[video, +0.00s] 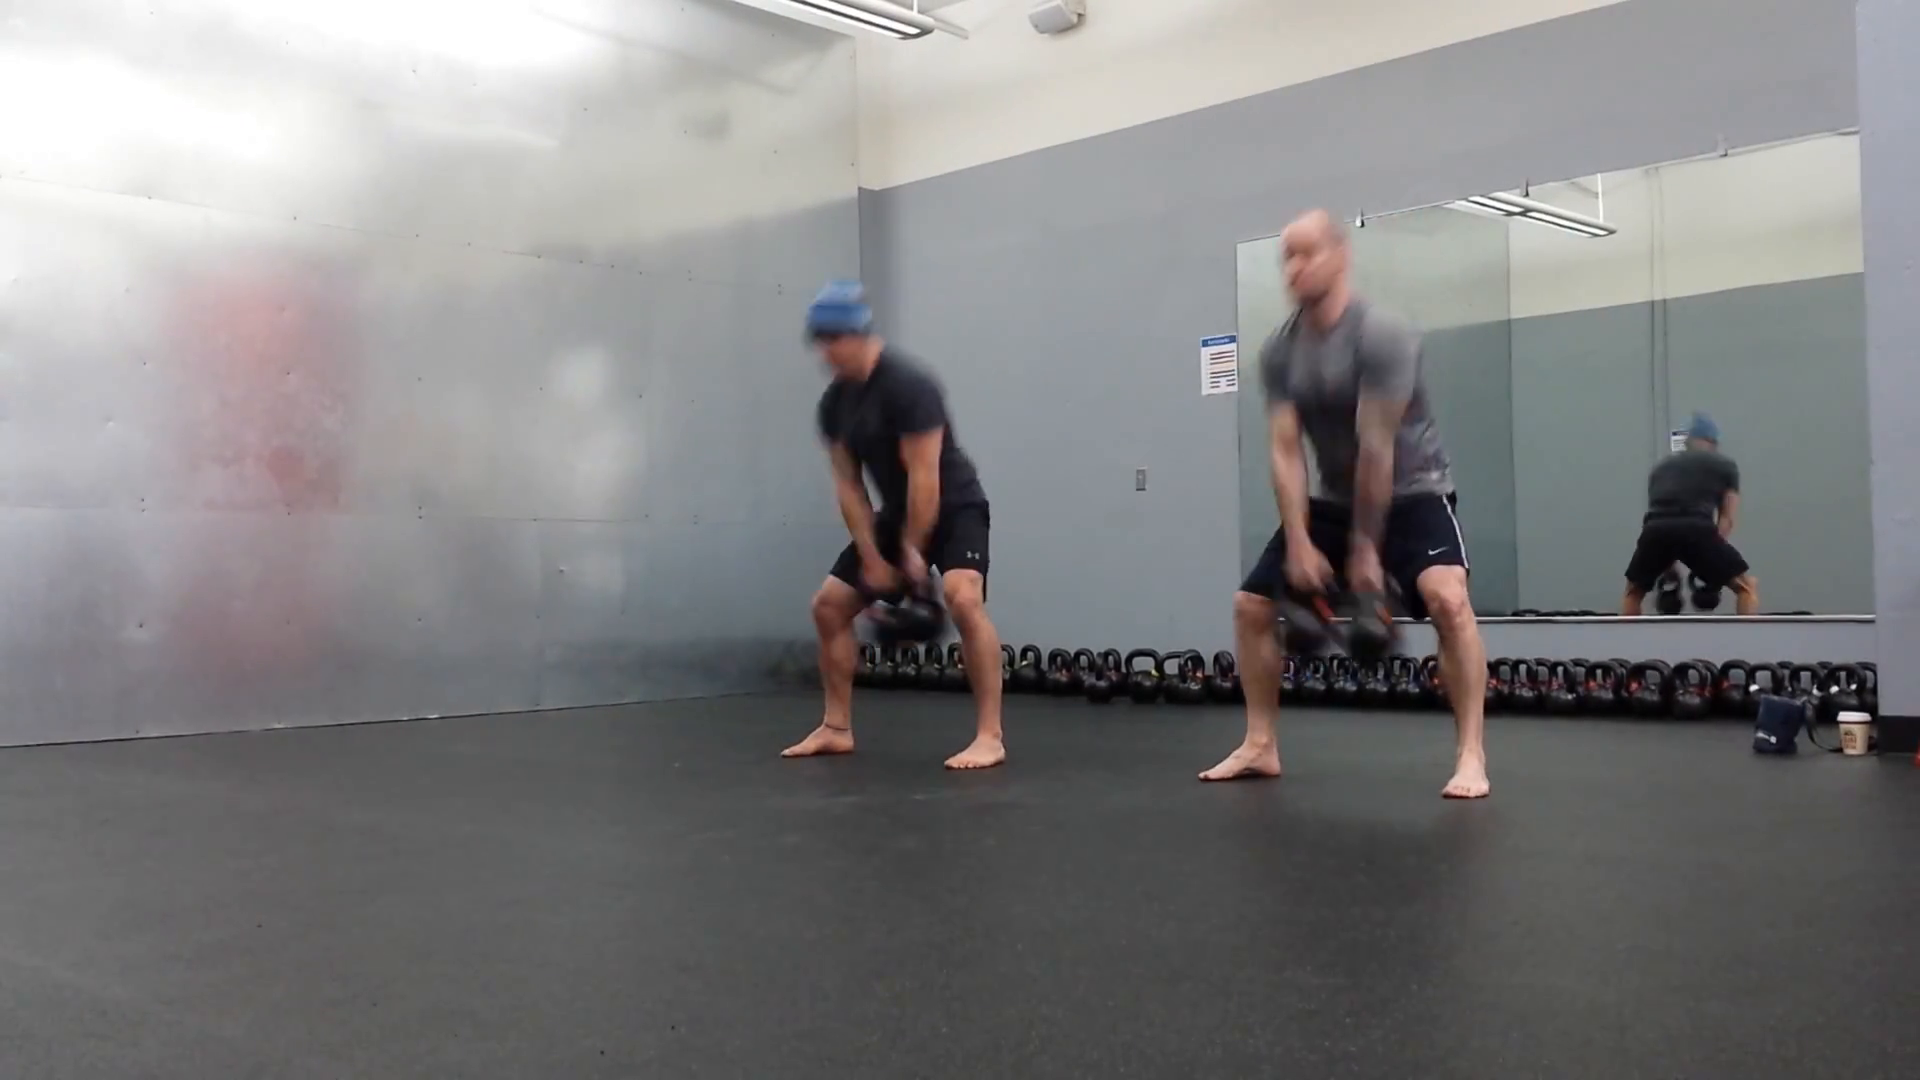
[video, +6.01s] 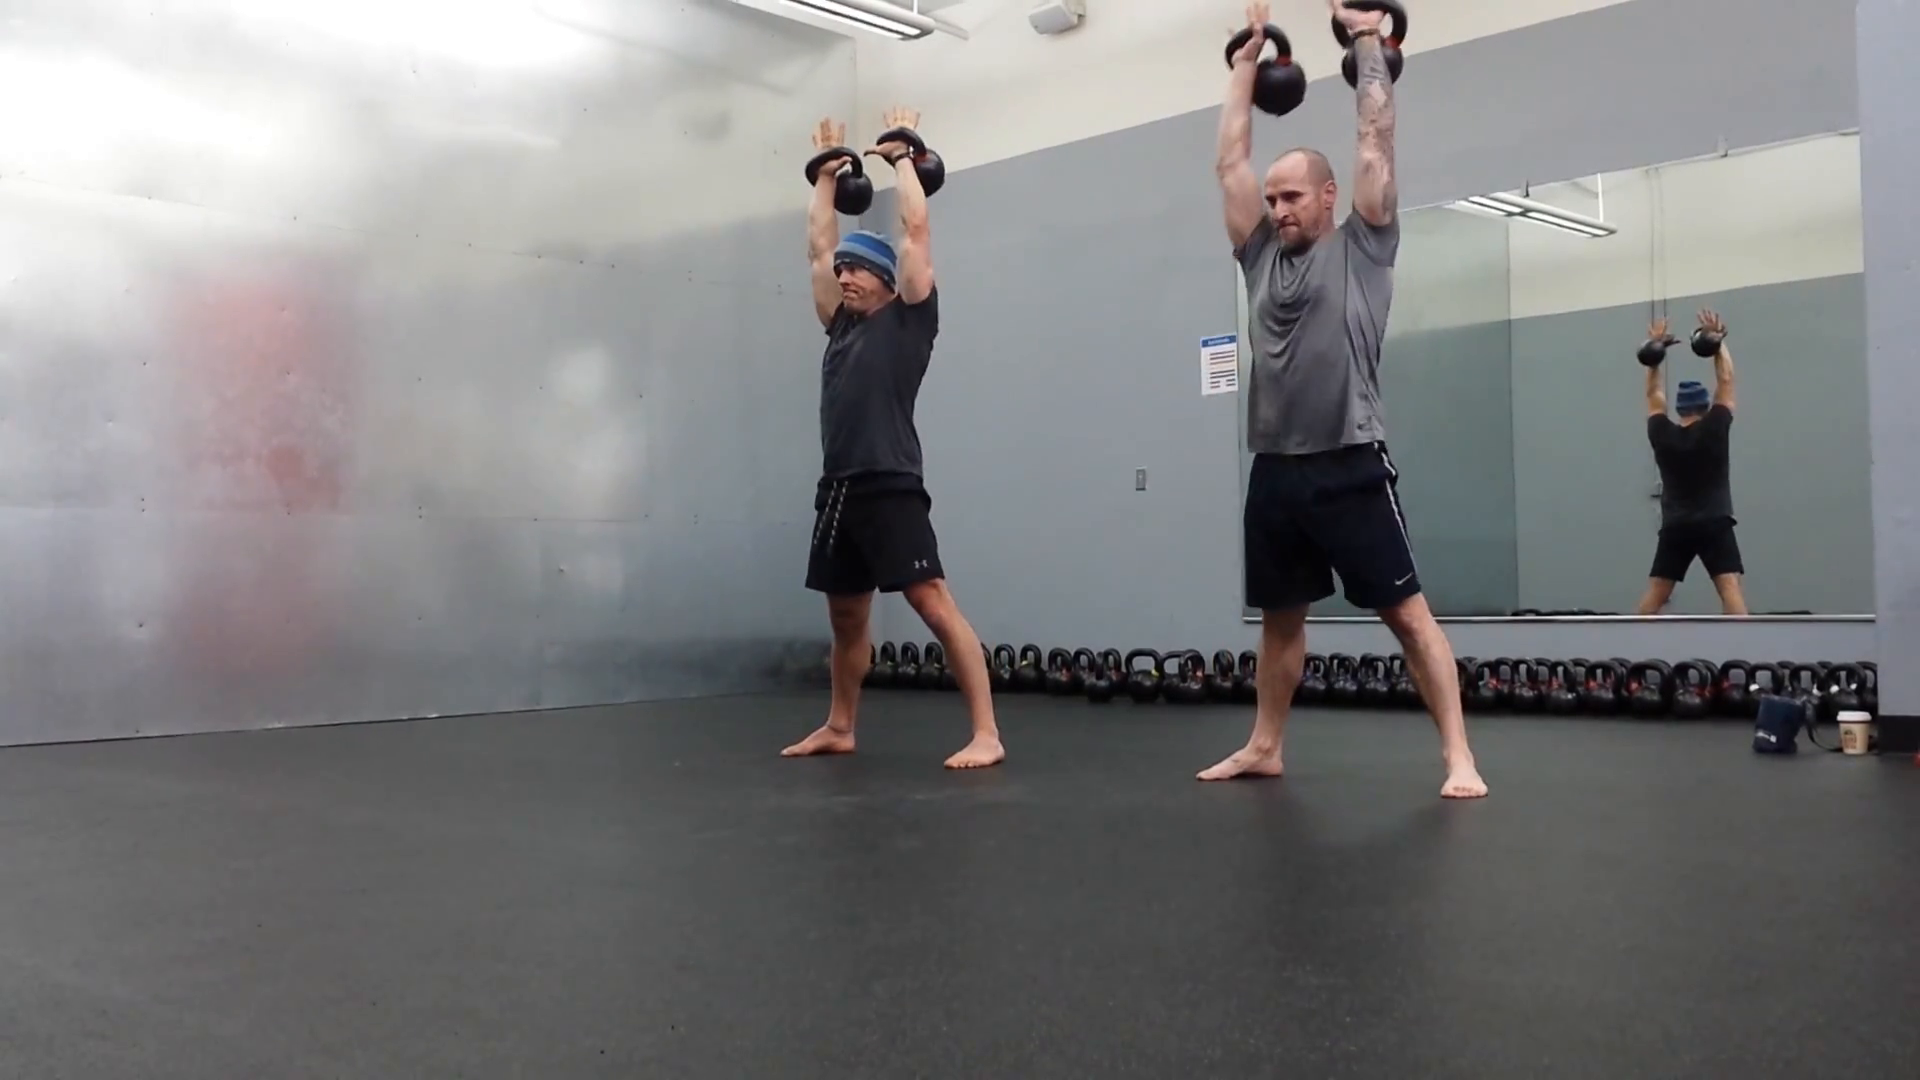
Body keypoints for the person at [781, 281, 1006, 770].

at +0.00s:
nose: (827, 351)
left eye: (833, 339)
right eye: (821, 341)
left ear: (860, 333)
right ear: (822, 342)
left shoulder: (912, 385)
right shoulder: (835, 402)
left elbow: (924, 477)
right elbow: (848, 485)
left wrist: (913, 547)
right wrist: (871, 555)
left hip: (956, 507)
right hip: (899, 511)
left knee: (962, 598)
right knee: (829, 608)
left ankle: (990, 736)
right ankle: (836, 727)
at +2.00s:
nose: (890, 282)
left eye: (902, 273)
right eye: (886, 273)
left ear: (926, 283)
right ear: (881, 284)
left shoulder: (951, 337)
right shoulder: (871, 345)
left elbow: (924, 346)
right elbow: (804, 362)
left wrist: (913, 282)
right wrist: (819, 298)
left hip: (912, 491)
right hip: (856, 492)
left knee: (944, 609)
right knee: (852, 618)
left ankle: (986, 736)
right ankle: (839, 727)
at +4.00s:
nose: (899, 287)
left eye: (909, 278)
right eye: (895, 281)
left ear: (939, 286)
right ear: (898, 289)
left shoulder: (964, 339)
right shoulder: (884, 349)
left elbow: (906, 324)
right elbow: (819, 348)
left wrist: (843, 287)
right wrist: (780, 311)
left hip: (930, 491)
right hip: (876, 494)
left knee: (954, 605)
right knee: (859, 613)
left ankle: (987, 736)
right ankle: (840, 727)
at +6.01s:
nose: (848, 280)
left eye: (858, 270)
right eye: (842, 272)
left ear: (888, 277)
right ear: (839, 282)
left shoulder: (909, 320)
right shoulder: (841, 328)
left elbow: (917, 229)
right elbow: (819, 249)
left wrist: (903, 157)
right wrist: (827, 171)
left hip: (893, 488)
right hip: (838, 492)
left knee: (936, 608)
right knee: (846, 619)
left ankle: (986, 735)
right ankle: (839, 728)